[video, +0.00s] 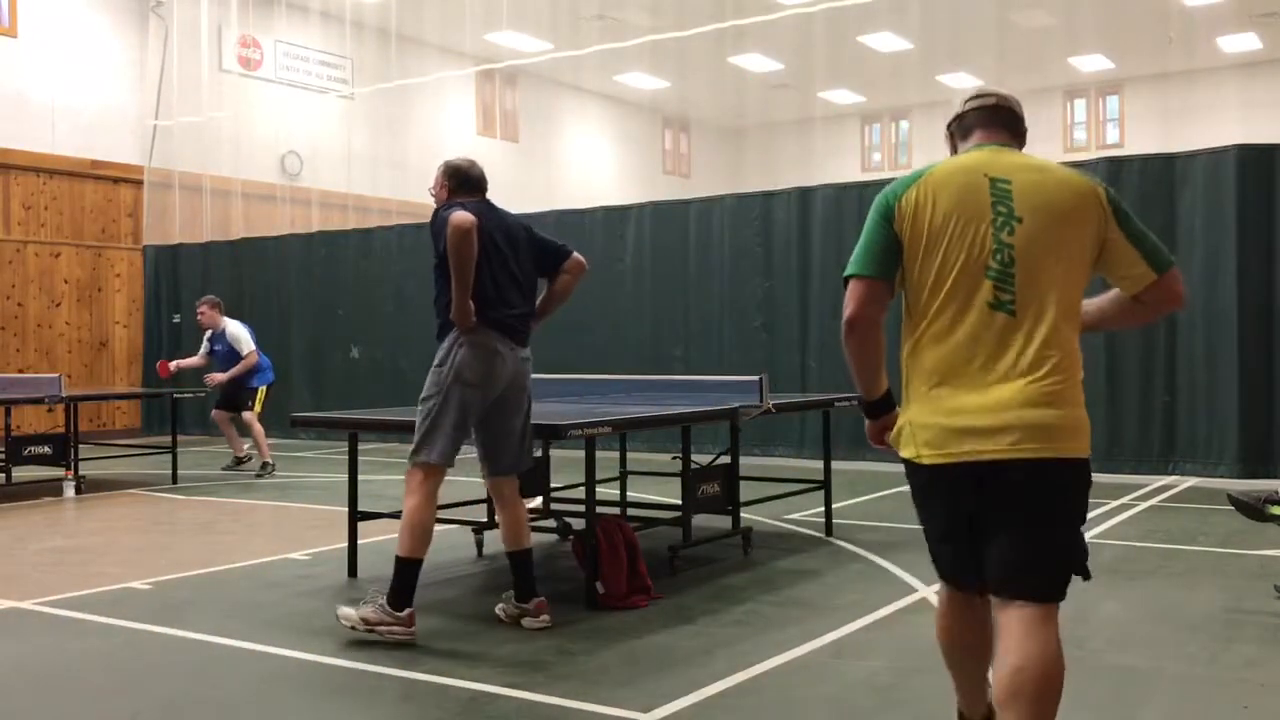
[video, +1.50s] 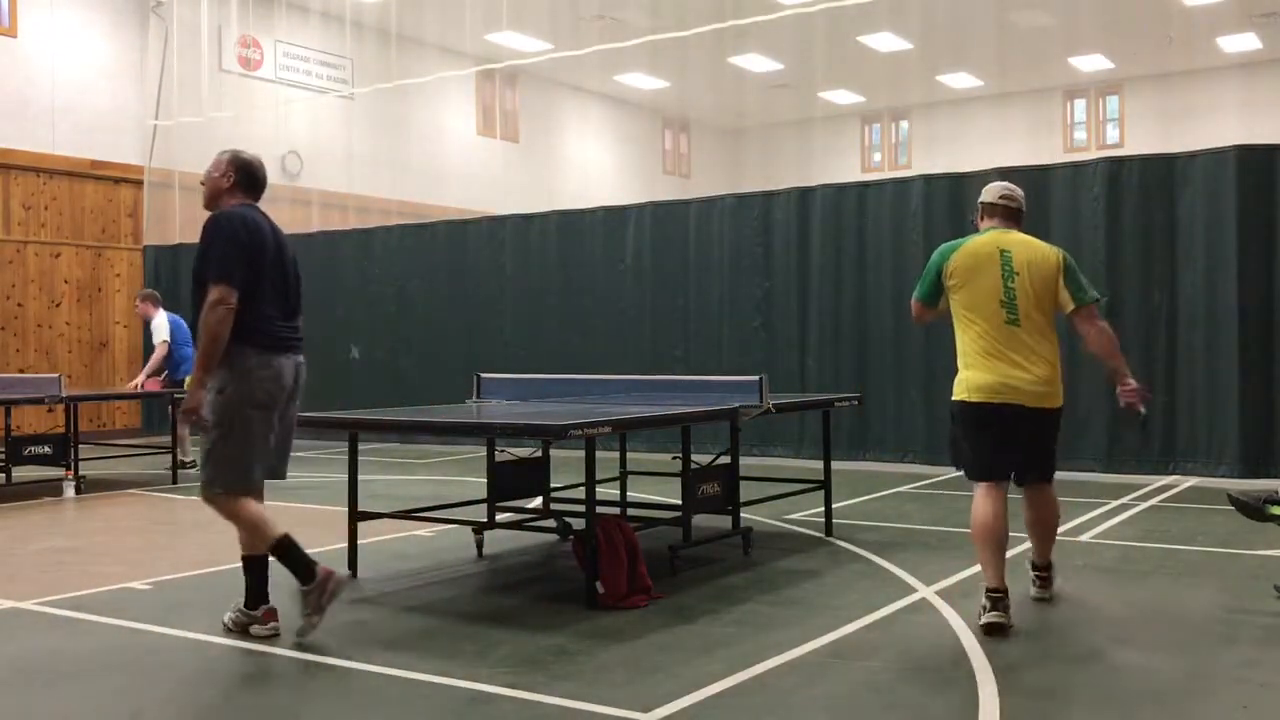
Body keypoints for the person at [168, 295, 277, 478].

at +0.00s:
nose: (198, 318)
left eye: (202, 313)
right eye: (198, 314)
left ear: (215, 312)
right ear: (209, 314)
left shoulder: (235, 329)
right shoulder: (210, 335)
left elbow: (252, 358)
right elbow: (202, 359)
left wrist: (224, 376)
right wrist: (178, 364)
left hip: (257, 376)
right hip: (235, 377)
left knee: (248, 416)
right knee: (219, 415)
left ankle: (267, 461)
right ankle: (240, 455)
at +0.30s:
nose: (181, 338)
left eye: (184, 334)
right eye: (180, 335)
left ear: (197, 330)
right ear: (191, 332)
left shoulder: (219, 342)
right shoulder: (190, 343)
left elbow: (243, 367)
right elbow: (164, 349)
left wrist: (229, 386)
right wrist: (143, 357)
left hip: (242, 389)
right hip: (219, 389)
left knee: (239, 421)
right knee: (184, 418)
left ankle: (268, 462)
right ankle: (172, 459)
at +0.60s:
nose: (158, 344)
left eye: (161, 341)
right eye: (157, 341)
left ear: (174, 341)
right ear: (165, 341)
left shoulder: (195, 352)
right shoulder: (161, 352)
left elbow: (226, 373)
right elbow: (128, 352)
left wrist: (236, 396)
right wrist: (113, 332)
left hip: (215, 397)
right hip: (188, 399)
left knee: (229, 424)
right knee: (159, 417)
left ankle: (264, 461)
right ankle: (164, 462)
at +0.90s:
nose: (169, 322)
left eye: (173, 318)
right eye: (169, 318)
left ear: (187, 319)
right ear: (183, 321)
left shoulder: (208, 337)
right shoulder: (183, 342)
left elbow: (231, 363)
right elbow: (180, 364)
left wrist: (221, 391)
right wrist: (154, 367)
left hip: (230, 389)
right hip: (206, 390)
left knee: (237, 422)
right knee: (173, 413)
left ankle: (269, 461)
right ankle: (169, 459)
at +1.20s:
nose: (156, 320)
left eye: (158, 315)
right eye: (156, 316)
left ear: (171, 314)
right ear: (171, 315)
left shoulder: (187, 329)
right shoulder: (184, 332)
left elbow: (185, 360)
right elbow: (192, 370)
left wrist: (152, 373)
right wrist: (172, 386)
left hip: (221, 385)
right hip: (204, 386)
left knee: (236, 418)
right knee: (176, 414)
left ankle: (265, 457)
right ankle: (186, 458)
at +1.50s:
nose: (137, 311)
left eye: (138, 306)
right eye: (136, 306)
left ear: (149, 305)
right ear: (154, 305)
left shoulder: (160, 320)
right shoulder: (170, 318)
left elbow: (161, 350)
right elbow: (179, 352)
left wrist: (142, 376)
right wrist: (167, 373)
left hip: (184, 374)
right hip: (185, 372)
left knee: (179, 414)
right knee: (179, 414)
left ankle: (186, 458)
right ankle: (184, 457)